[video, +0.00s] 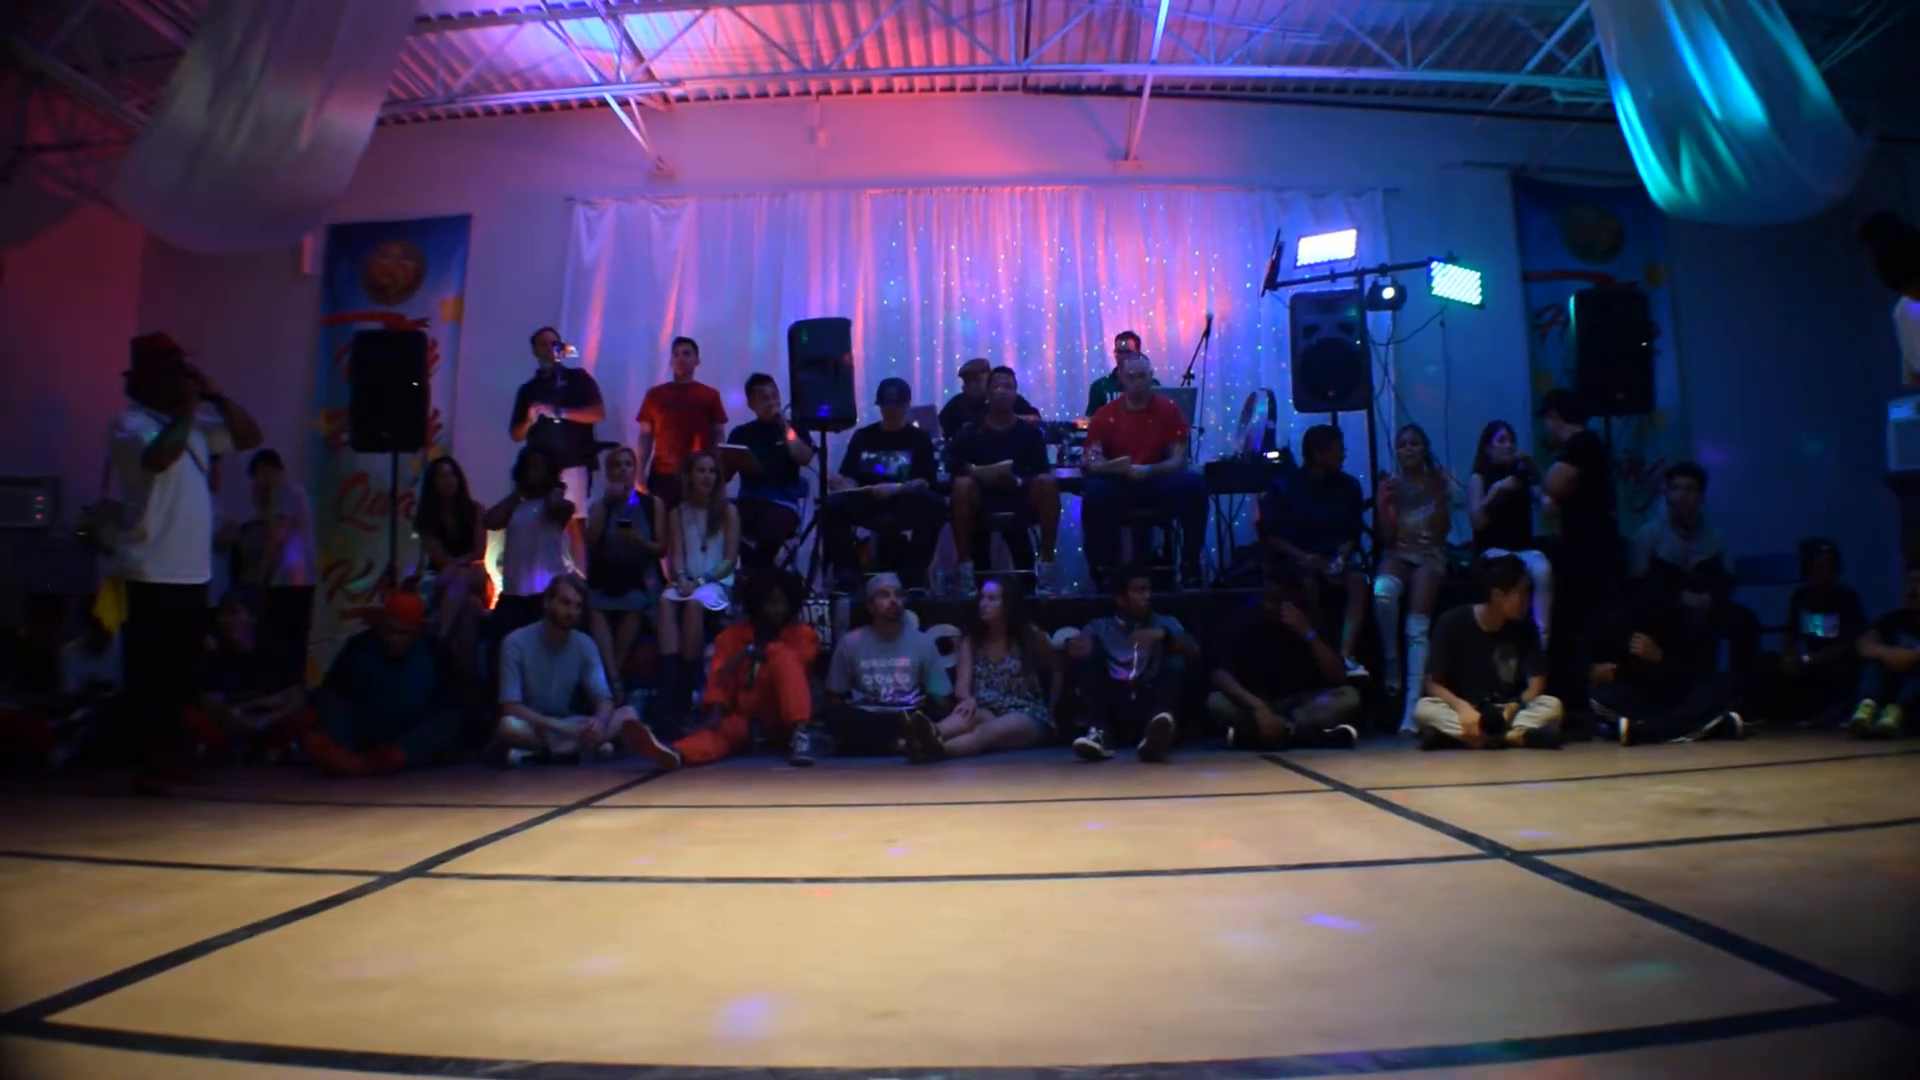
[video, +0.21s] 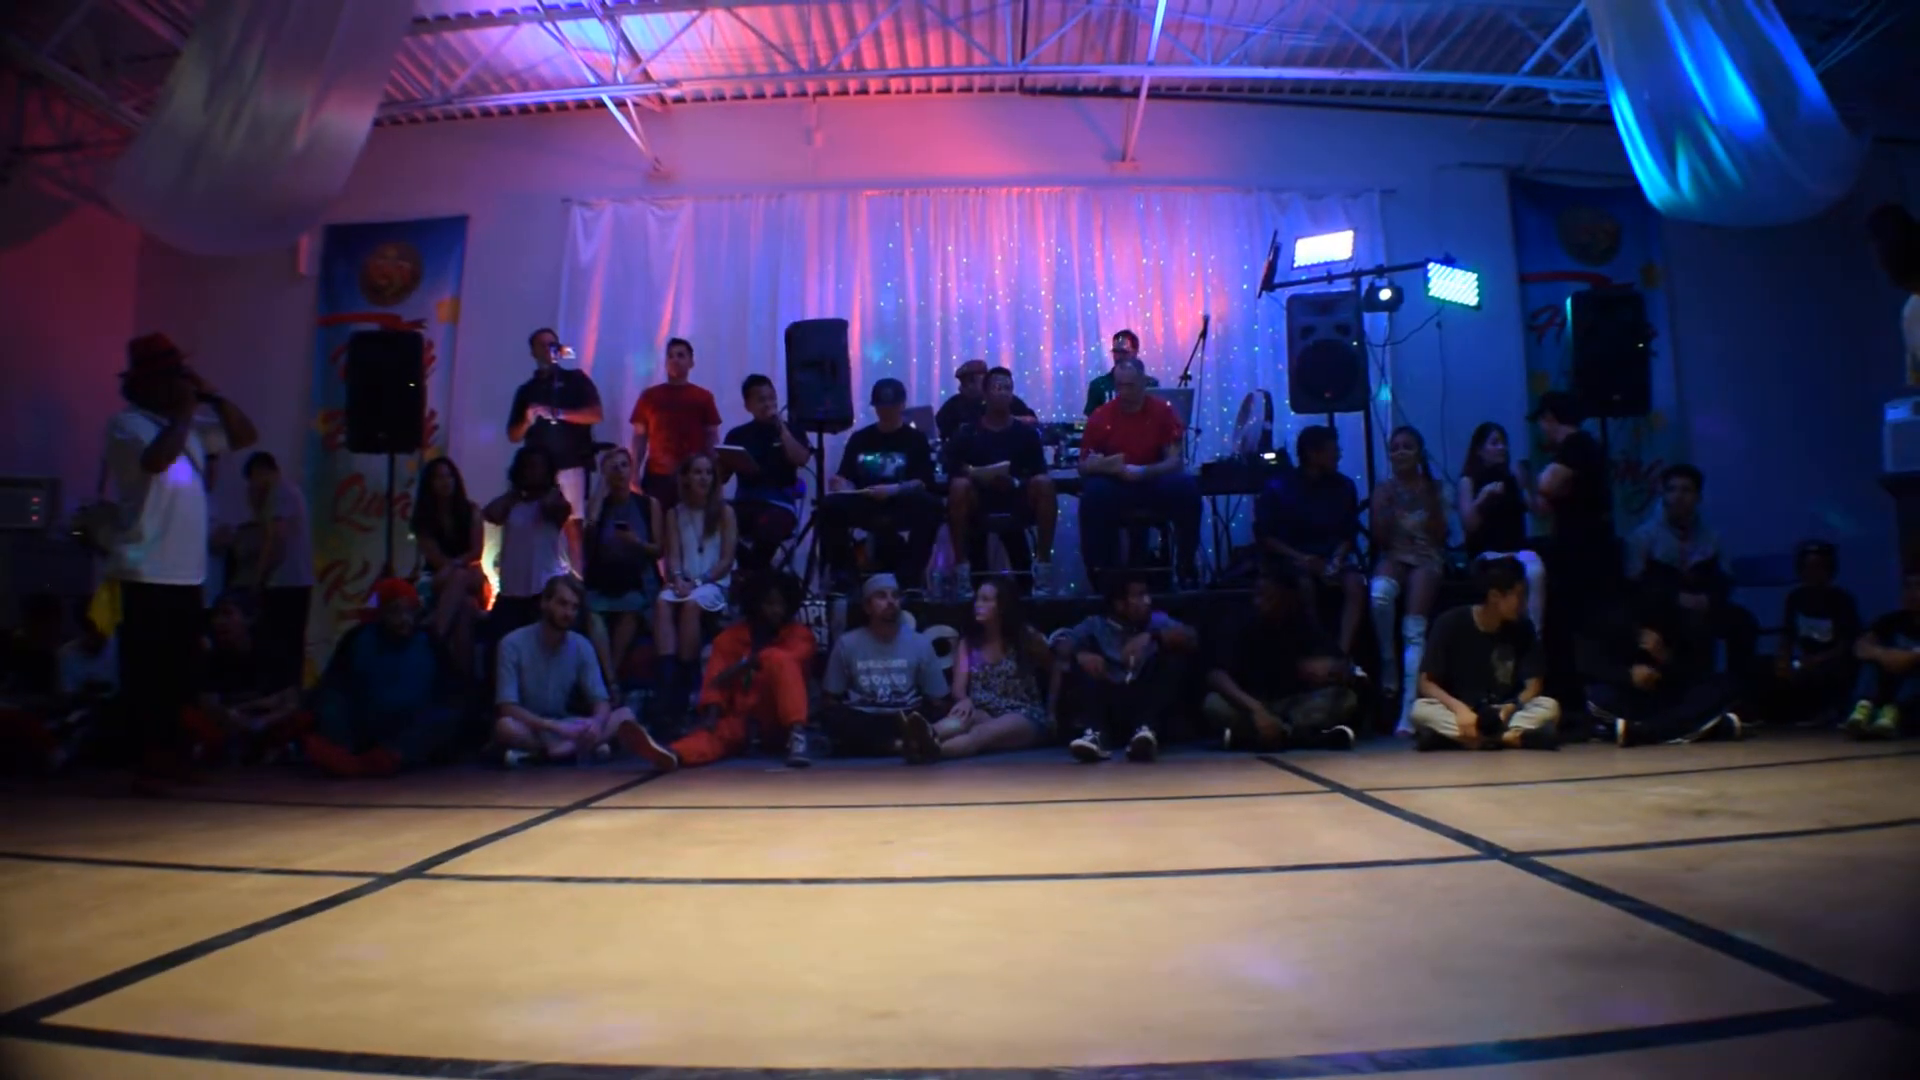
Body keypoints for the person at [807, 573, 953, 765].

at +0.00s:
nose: (894, 602)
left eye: (898, 595)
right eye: (885, 596)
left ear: (903, 600)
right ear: (870, 605)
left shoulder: (922, 643)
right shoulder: (851, 643)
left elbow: (940, 699)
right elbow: (834, 698)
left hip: (909, 715)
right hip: (866, 715)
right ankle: (900, 744)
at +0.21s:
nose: (890, 602)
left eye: (894, 596)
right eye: (882, 596)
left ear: (900, 601)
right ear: (867, 605)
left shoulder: (919, 644)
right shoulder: (847, 644)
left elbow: (938, 701)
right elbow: (831, 699)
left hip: (907, 715)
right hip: (863, 716)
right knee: (833, 718)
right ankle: (896, 744)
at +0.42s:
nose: (889, 602)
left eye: (893, 596)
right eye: (880, 597)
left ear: (899, 602)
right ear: (866, 605)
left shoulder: (918, 644)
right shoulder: (846, 644)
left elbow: (936, 701)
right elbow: (830, 698)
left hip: (907, 714)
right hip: (862, 716)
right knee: (832, 717)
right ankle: (895, 745)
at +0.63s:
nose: (888, 603)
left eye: (892, 597)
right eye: (880, 597)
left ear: (898, 602)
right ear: (866, 606)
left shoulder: (917, 644)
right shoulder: (845, 645)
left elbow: (934, 700)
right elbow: (829, 698)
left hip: (905, 714)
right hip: (861, 716)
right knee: (831, 717)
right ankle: (893, 745)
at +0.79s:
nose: (888, 603)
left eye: (892, 597)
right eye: (879, 597)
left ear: (898, 602)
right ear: (865, 606)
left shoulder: (917, 644)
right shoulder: (846, 645)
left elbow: (936, 700)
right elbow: (829, 699)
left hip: (906, 715)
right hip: (860, 717)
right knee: (830, 716)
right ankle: (894, 745)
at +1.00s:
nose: (888, 603)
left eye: (892, 597)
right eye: (879, 597)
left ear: (898, 602)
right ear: (865, 606)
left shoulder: (916, 645)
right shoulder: (845, 645)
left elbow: (936, 701)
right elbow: (829, 699)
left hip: (905, 715)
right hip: (860, 716)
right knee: (830, 717)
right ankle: (892, 745)